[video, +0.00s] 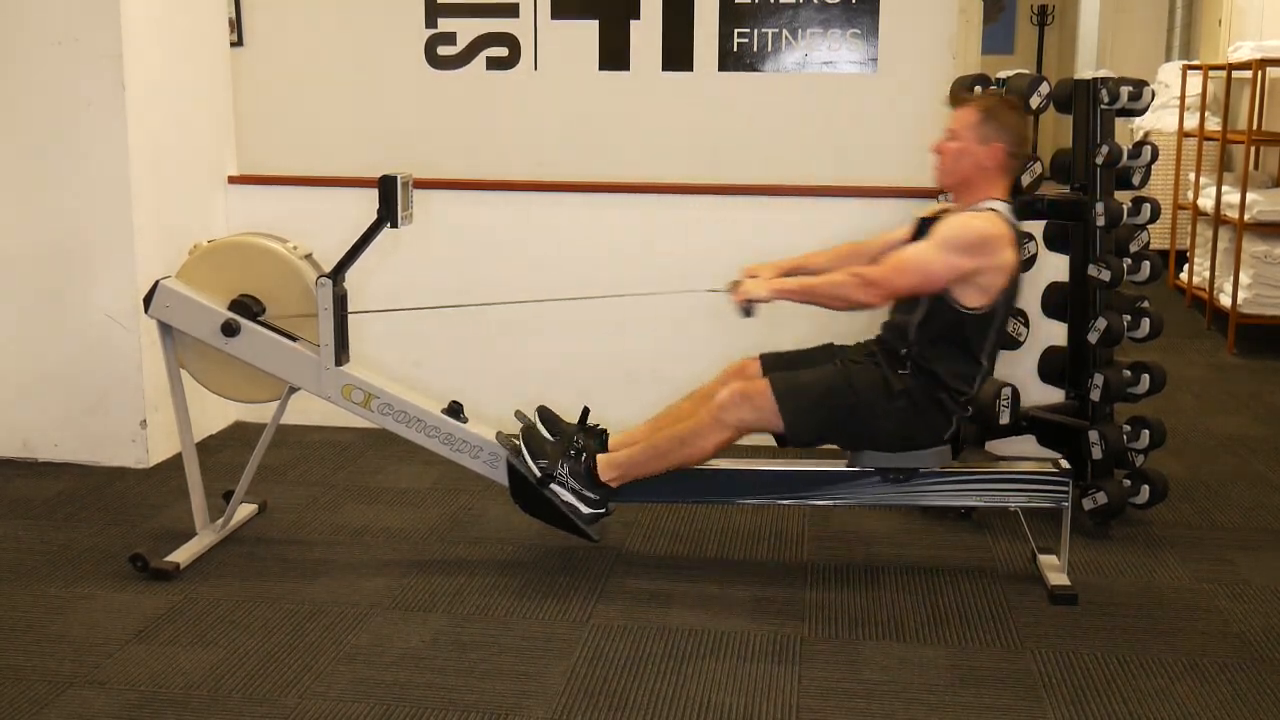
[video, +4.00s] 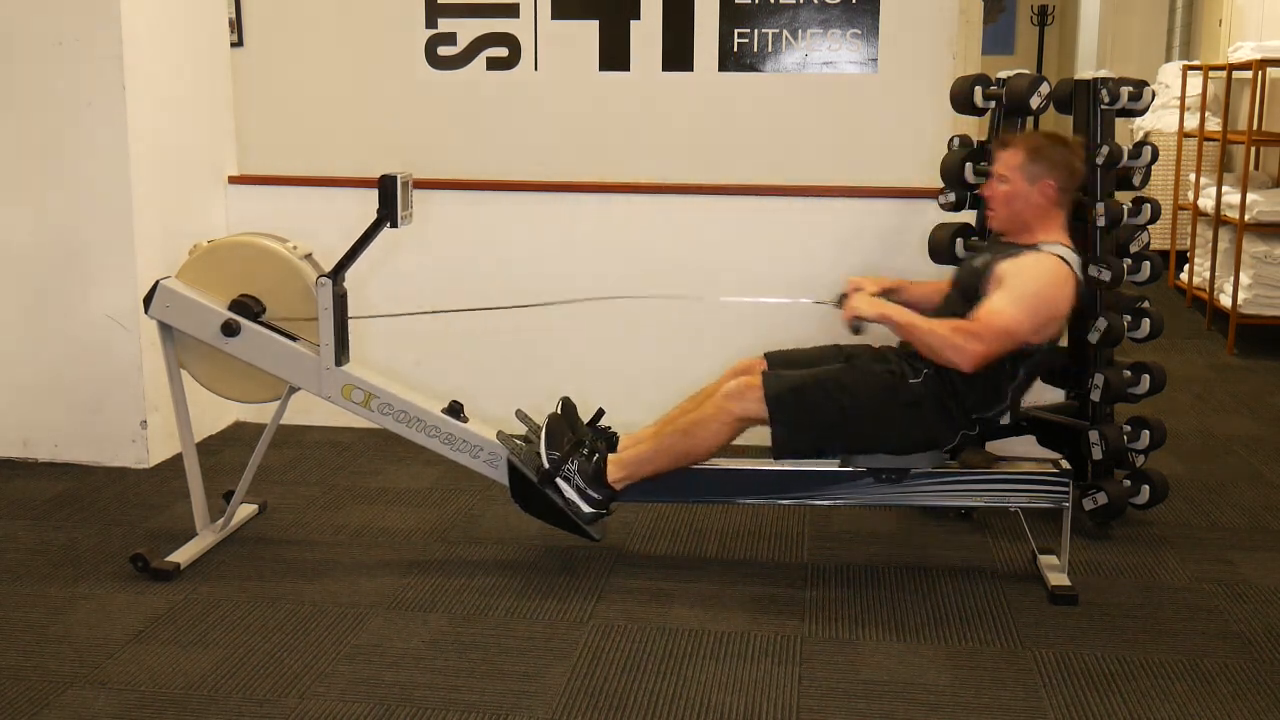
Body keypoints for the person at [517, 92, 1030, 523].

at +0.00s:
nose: (939, 147)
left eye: (954, 139)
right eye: (945, 135)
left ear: (994, 156)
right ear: (985, 153)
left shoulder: (980, 233)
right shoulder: (952, 217)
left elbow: (871, 290)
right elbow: (861, 257)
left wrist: (778, 288)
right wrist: (776, 269)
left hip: (913, 396)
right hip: (890, 372)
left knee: (741, 399)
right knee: (736, 378)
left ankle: (595, 484)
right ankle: (601, 454)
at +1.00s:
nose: (574, 194)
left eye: (582, 183)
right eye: (576, 184)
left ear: (618, 187)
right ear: (622, 189)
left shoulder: (645, 249)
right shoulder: (661, 229)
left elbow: (572, 347)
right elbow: (600, 319)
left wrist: (504, 395)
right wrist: (529, 368)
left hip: (728, 415)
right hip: (736, 405)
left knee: (590, 306)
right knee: (595, 303)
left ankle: (595, 464)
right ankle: (606, 444)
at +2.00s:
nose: (1039, 213)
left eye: (1054, 204)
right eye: (1044, 201)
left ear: (1095, 222)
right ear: (1079, 217)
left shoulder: (1093, 297)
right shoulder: (1048, 274)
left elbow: (1063, 388)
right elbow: (1015, 345)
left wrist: (994, 321)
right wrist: (970, 309)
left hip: (930, 394)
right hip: (909, 368)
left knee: (757, 423)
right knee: (752, 402)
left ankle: (599, 486)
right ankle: (605, 458)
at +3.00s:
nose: (586, 168)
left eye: (597, 159)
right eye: (592, 157)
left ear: (632, 173)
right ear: (636, 173)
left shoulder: (636, 236)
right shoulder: (660, 222)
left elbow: (529, 294)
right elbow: (553, 276)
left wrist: (444, 328)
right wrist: (460, 319)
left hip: (707, 411)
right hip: (718, 403)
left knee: (578, 300)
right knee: (587, 289)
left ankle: (593, 453)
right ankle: (604, 435)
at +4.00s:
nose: (987, 191)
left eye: (1001, 180)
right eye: (991, 179)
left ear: (1046, 194)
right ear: (1036, 192)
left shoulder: (1043, 272)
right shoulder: (1014, 254)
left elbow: (968, 350)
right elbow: (953, 291)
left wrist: (883, 310)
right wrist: (886, 285)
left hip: (931, 402)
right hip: (913, 377)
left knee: (744, 394)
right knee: (744, 376)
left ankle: (598, 485)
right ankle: (611, 460)